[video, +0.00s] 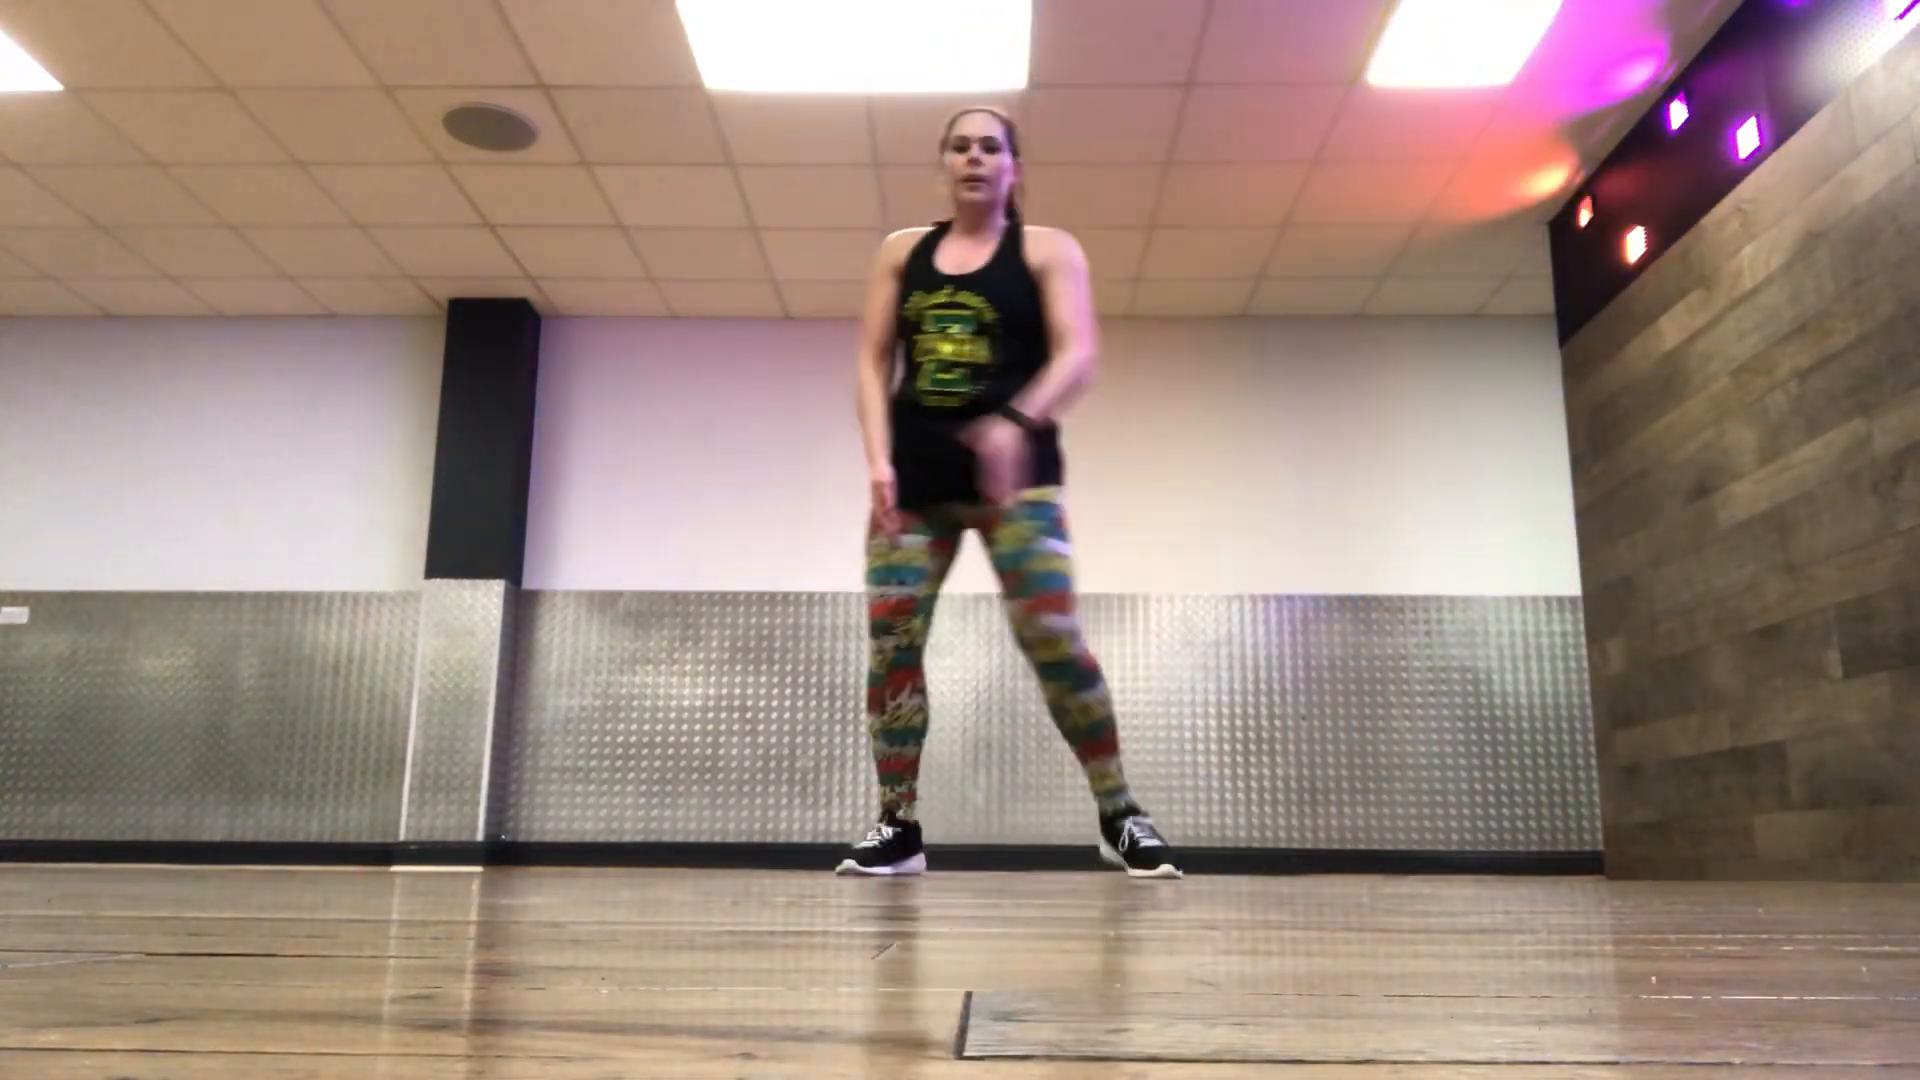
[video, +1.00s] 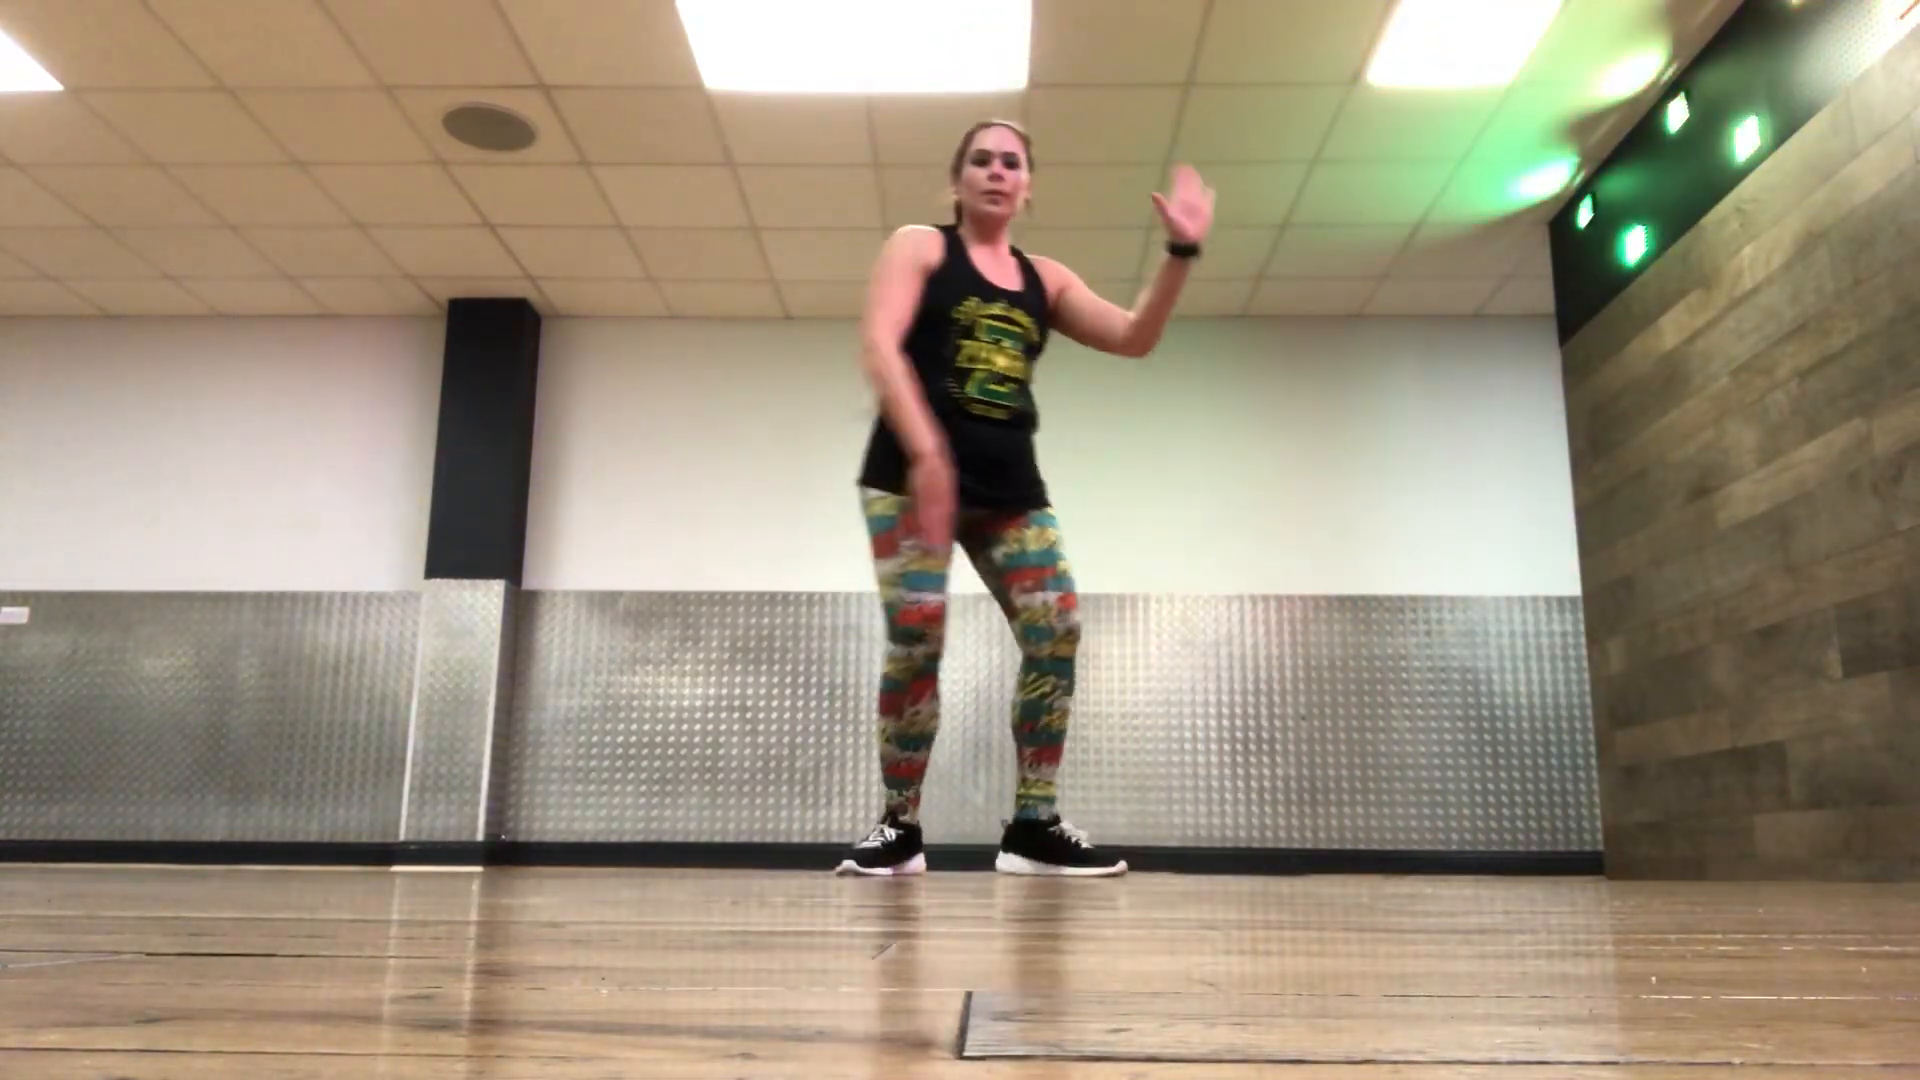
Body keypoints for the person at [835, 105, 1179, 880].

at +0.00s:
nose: (974, 157)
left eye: (989, 147)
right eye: (961, 146)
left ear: (1015, 168)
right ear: (941, 165)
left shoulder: (1048, 250)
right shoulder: (902, 252)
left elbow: (1078, 354)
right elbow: (873, 360)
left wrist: (1019, 418)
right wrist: (878, 461)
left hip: (1015, 479)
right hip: (916, 481)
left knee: (1053, 638)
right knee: (892, 646)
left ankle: (1119, 813)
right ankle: (897, 826)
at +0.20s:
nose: (938, 161)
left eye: (953, 151)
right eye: (925, 150)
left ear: (977, 175)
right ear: (904, 171)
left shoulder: (1005, 254)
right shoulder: (867, 256)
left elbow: (972, 348)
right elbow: (836, 366)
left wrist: (853, 361)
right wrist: (848, 458)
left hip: (972, 460)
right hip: (882, 468)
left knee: (953, 577)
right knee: (865, 636)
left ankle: (1011, 775)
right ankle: (896, 825)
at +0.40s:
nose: (921, 158)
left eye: (937, 149)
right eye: (908, 148)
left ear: (960, 171)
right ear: (886, 168)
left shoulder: (988, 250)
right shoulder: (851, 252)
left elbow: (977, 350)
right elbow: (828, 356)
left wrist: (857, 371)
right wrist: (843, 435)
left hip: (953, 467)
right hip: (864, 468)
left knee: (881, 609)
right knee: (865, 637)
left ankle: (806, 790)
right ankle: (899, 828)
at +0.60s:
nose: (926, 166)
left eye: (941, 156)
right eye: (913, 155)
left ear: (963, 180)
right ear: (890, 175)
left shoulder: (989, 259)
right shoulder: (849, 257)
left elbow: (1034, 333)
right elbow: (820, 365)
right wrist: (846, 460)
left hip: (950, 473)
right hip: (858, 472)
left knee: (891, 603)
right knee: (863, 644)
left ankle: (811, 796)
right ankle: (900, 826)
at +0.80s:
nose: (952, 164)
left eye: (966, 155)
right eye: (939, 153)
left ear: (986, 178)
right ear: (914, 171)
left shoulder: (1009, 263)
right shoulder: (867, 245)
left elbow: (1093, 312)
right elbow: (824, 349)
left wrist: (1120, 215)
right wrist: (860, 458)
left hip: (969, 474)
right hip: (875, 475)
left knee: (1009, 584)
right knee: (880, 646)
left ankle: (970, 790)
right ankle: (897, 826)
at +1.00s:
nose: (998, 172)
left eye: (1011, 163)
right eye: (984, 161)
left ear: (1029, 187)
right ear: (956, 181)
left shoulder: (1045, 278)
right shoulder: (919, 247)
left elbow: (1134, 336)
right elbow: (878, 347)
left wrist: (1179, 253)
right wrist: (928, 453)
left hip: (1005, 484)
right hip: (914, 477)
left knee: (1054, 634)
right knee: (915, 642)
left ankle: (1033, 826)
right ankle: (900, 828)